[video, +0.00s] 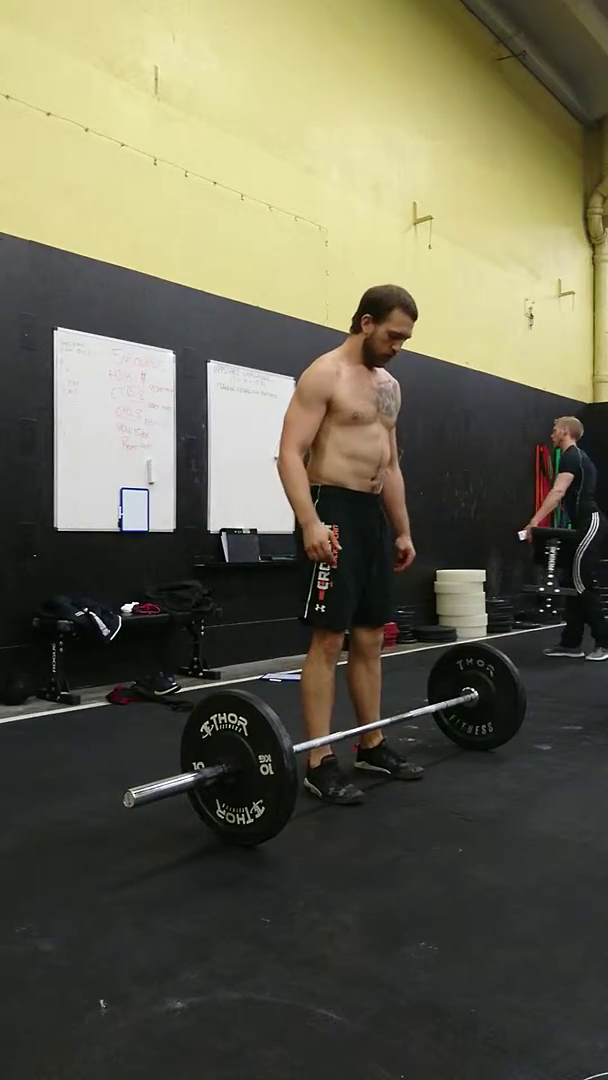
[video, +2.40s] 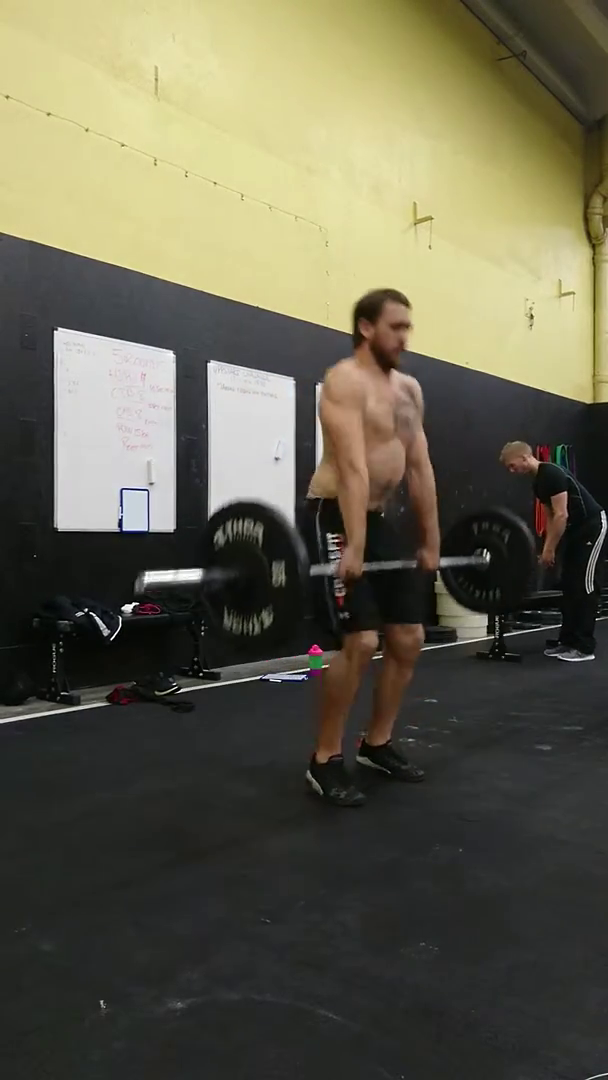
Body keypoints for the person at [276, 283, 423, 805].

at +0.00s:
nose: (398, 346)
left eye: (405, 338)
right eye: (393, 336)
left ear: (402, 334)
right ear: (365, 323)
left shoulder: (389, 385)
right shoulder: (324, 374)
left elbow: (389, 464)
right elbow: (289, 454)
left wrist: (402, 529)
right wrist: (309, 524)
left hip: (373, 515)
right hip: (333, 515)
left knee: (369, 639)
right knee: (329, 640)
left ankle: (372, 746)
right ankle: (319, 761)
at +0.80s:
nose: (441, 386)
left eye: (448, 378)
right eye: (438, 375)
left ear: (440, 369)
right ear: (411, 357)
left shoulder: (418, 419)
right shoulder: (356, 401)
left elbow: (411, 495)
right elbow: (326, 487)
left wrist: (417, 570)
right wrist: (332, 571)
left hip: (355, 516)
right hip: (312, 512)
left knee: (372, 636)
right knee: (328, 638)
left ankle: (371, 746)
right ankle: (319, 761)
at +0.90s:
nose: (453, 425)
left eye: (459, 418)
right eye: (451, 414)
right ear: (425, 395)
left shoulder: (425, 450)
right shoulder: (365, 433)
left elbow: (413, 525)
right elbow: (338, 523)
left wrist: (413, 601)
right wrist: (337, 607)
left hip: (351, 526)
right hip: (305, 520)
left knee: (373, 635)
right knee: (328, 638)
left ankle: (371, 744)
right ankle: (320, 761)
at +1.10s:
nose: (459, 501)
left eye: (467, 495)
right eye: (459, 491)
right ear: (437, 468)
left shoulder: (433, 513)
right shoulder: (375, 498)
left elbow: (419, 586)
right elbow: (346, 593)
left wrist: (413, 659)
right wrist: (336, 678)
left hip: (352, 545)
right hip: (298, 536)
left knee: (382, 636)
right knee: (328, 643)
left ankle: (373, 746)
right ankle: (320, 761)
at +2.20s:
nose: (463, 435)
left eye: (469, 426)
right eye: (457, 422)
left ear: (471, 424)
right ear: (427, 410)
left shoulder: (442, 476)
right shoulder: (378, 462)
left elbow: (427, 554)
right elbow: (352, 559)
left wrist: (418, 628)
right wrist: (337, 639)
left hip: (356, 538)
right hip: (308, 529)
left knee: (385, 636)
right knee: (330, 646)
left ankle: (373, 747)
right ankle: (319, 763)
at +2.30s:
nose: (444, 374)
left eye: (448, 365)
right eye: (436, 363)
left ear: (444, 368)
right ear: (404, 360)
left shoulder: (433, 431)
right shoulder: (367, 421)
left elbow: (427, 512)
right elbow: (355, 517)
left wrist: (423, 587)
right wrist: (345, 595)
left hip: (363, 528)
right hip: (315, 523)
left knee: (389, 636)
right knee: (338, 638)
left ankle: (373, 746)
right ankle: (321, 762)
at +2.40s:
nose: (405, 336)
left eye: (408, 328)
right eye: (397, 326)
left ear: (404, 331)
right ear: (366, 328)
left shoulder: (408, 386)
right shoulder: (343, 381)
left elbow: (419, 466)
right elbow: (350, 468)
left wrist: (431, 539)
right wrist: (354, 546)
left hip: (382, 520)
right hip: (337, 519)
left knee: (407, 639)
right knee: (358, 643)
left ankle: (377, 744)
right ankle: (326, 760)